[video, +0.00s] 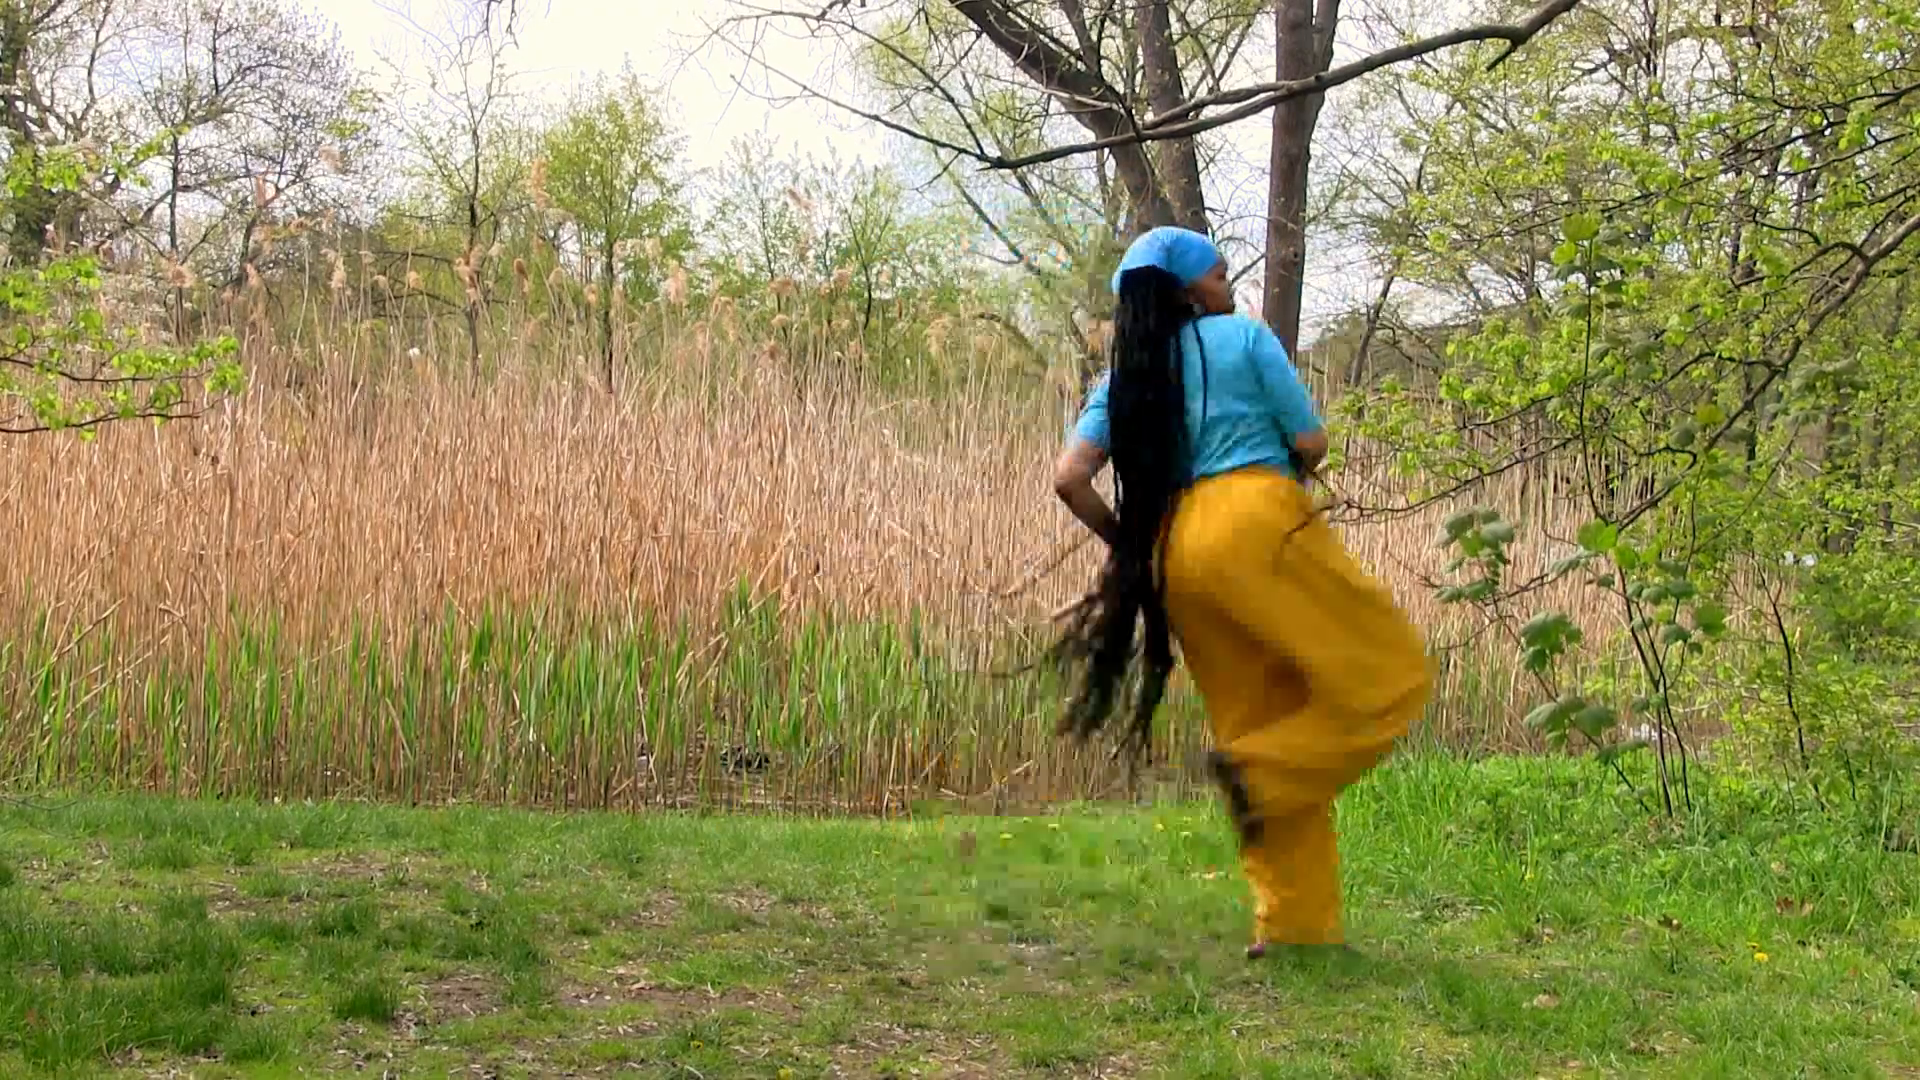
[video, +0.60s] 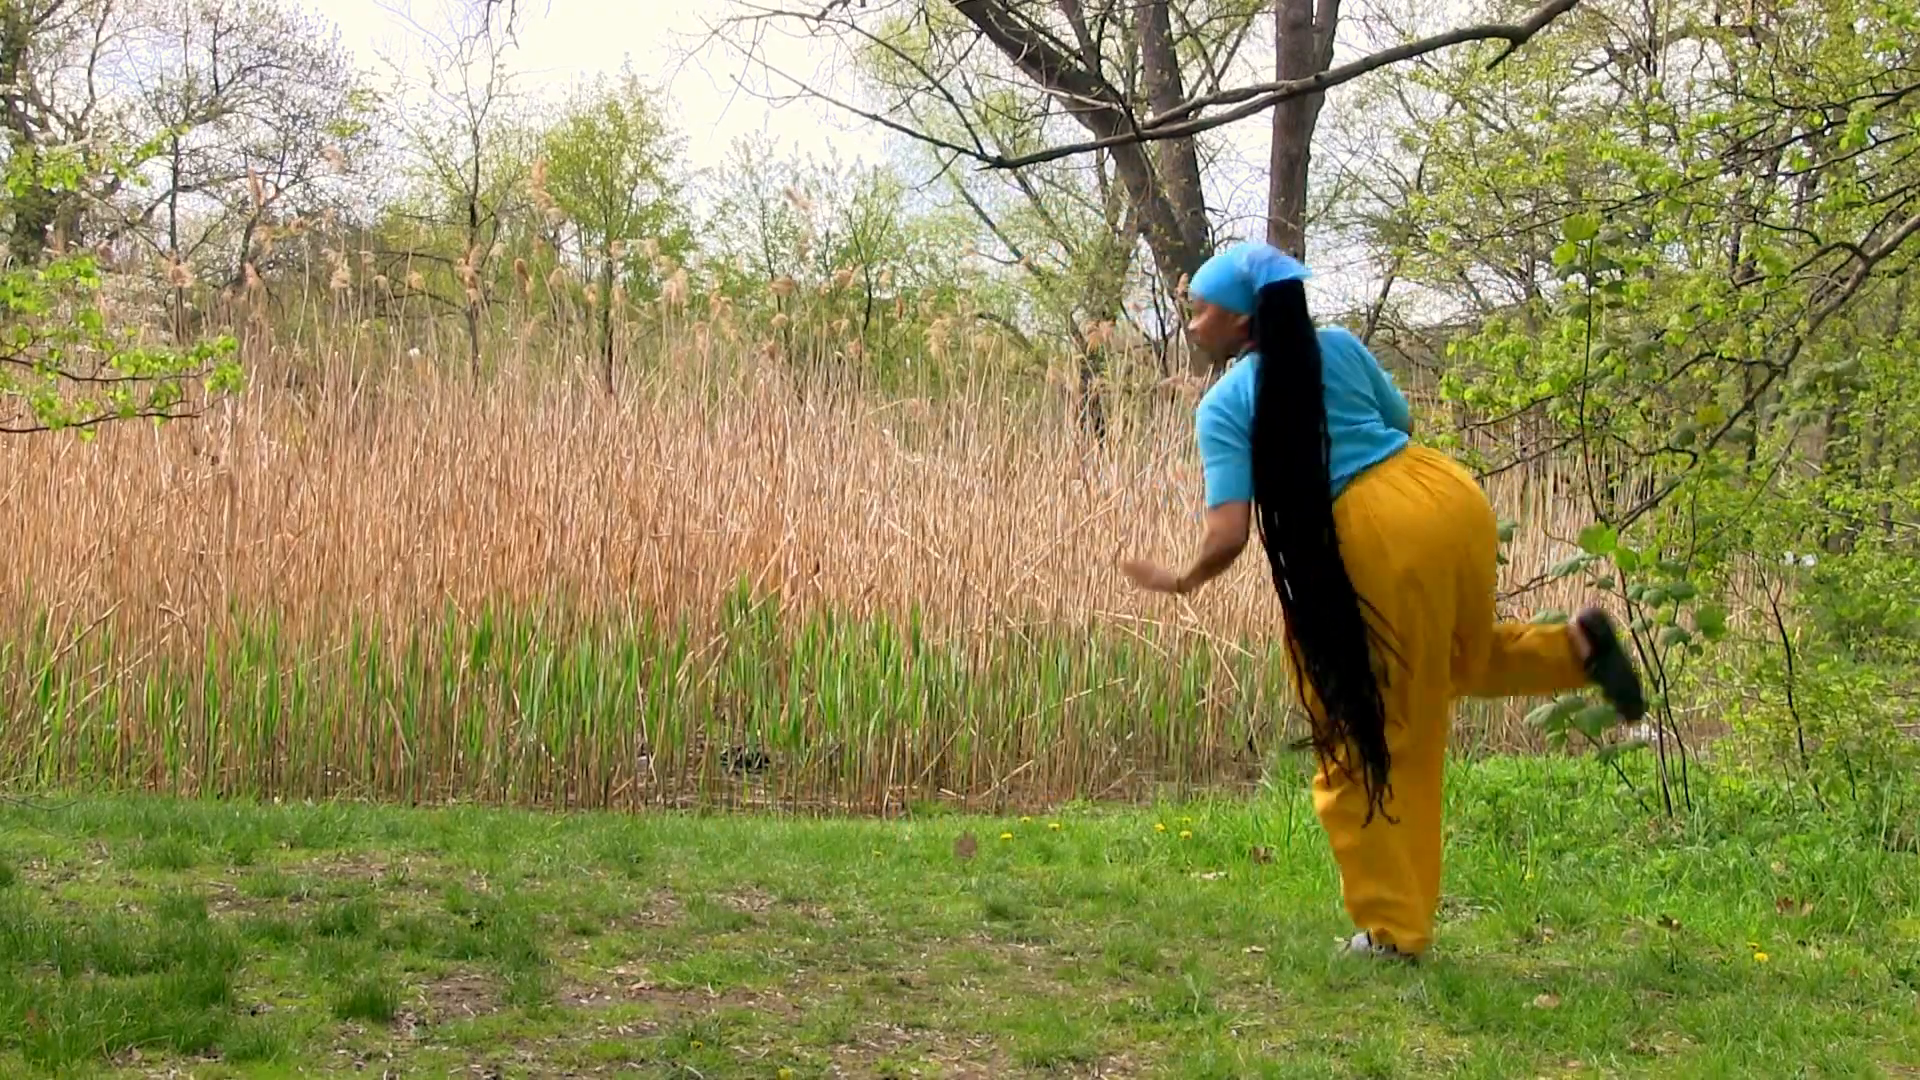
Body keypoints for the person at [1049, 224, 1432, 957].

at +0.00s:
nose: (1228, 285)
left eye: (1221, 272)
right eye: (1216, 275)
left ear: (1151, 298)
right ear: (1187, 289)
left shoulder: (1128, 371)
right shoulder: (1242, 336)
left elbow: (1071, 479)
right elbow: (1309, 442)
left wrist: (1125, 542)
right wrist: (1286, 474)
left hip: (1174, 547)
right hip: (1258, 525)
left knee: (1257, 736)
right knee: (1398, 673)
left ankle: (1290, 924)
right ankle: (1260, 766)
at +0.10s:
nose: (1219, 285)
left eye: (1211, 275)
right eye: (1209, 277)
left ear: (1140, 317)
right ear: (1185, 296)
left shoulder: (1125, 397)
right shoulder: (1247, 333)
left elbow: (1093, 500)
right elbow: (1334, 417)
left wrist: (1131, 595)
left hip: (1229, 537)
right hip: (1311, 481)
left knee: (1291, 722)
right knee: (1494, 538)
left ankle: (1295, 907)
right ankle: (1461, 659)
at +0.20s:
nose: (1216, 303)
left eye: (1206, 293)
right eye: (1203, 296)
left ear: (1131, 343)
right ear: (1183, 313)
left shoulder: (1127, 421)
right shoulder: (1244, 342)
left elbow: (1115, 511)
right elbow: (1346, 389)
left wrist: (1169, 599)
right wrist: (1416, 429)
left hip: (1295, 520)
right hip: (1358, 437)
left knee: (1334, 708)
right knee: (1533, 477)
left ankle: (1373, 916)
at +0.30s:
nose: (1207, 321)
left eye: (1192, 317)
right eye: (1197, 317)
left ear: (1126, 375)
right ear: (1188, 334)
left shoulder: (1145, 439)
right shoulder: (1258, 354)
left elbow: (1177, 518)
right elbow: (1361, 404)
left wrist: (1230, 615)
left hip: (1325, 514)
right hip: (1386, 435)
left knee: (1385, 706)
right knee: (1561, 430)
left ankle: (1390, 925)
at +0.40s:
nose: (1140, 393)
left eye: (1133, 380)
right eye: (1190, 341)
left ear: (1142, 386)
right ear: (1204, 344)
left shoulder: (1173, 450)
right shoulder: (1271, 369)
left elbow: (1232, 523)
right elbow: (1363, 416)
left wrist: (1272, 619)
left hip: (1351, 531)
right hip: (1403, 449)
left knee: (1393, 722)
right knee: (1585, 466)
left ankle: (1396, 929)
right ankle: (1742, 362)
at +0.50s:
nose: (1157, 364)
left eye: (1157, 352)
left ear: (1169, 362)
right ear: (1242, 330)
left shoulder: (1194, 438)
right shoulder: (1297, 358)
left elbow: (1254, 529)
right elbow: (1383, 414)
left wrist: (1242, 615)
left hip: (1358, 533)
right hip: (1421, 464)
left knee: (1385, 728)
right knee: (1569, 568)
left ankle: (1399, 930)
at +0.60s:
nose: (1189, 321)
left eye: (1200, 309)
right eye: (1192, 307)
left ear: (1243, 319)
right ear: (1257, 315)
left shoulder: (1225, 403)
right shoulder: (1339, 346)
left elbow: (1228, 531)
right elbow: (1396, 418)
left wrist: (1181, 579)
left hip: (1377, 538)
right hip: (1452, 494)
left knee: (1377, 735)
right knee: (1462, 661)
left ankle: (1393, 929)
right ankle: (1577, 650)